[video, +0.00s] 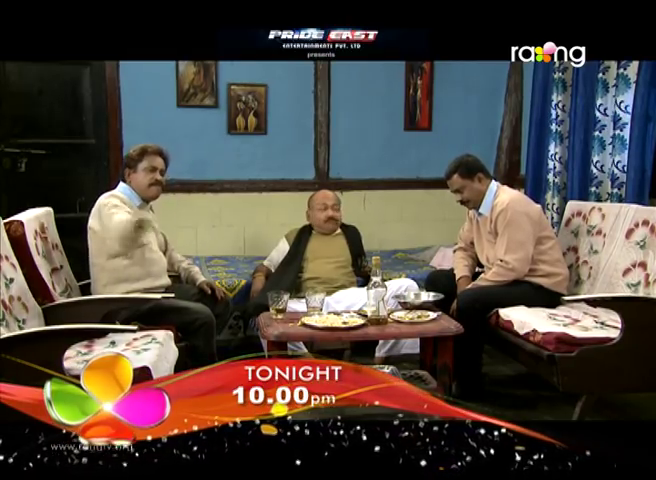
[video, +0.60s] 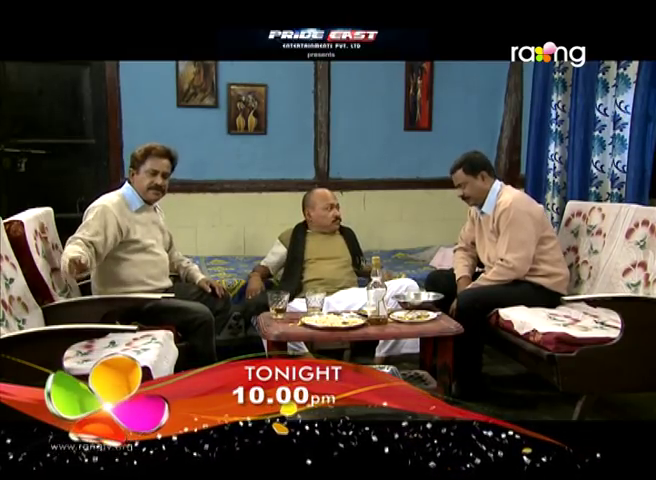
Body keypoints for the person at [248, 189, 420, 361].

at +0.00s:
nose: (331, 214)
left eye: (335, 208)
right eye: (323, 209)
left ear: (341, 211)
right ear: (309, 214)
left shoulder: (351, 233)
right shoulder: (297, 237)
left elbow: (361, 269)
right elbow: (265, 268)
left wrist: (377, 280)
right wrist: (255, 301)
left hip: (351, 297)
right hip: (311, 299)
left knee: (406, 285)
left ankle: (383, 363)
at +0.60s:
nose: (336, 213)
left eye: (337, 207)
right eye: (329, 209)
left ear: (340, 208)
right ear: (309, 214)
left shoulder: (347, 234)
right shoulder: (293, 237)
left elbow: (359, 267)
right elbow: (266, 267)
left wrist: (378, 276)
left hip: (351, 297)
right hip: (311, 299)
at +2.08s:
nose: (298, 208)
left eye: (306, 202)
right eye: (295, 201)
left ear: (325, 207)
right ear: (290, 202)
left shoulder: (346, 227)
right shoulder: (282, 234)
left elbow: (378, 255)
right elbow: (253, 275)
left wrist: (410, 270)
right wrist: (232, 272)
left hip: (343, 298)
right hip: (297, 302)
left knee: (396, 278)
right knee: (247, 297)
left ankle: (365, 359)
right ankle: (273, 366)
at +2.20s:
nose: (297, 208)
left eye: (305, 203)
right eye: (294, 202)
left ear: (324, 206)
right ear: (290, 202)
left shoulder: (345, 225)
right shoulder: (282, 235)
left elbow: (381, 252)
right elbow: (251, 277)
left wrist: (416, 269)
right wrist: (228, 280)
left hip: (345, 299)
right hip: (299, 303)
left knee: (391, 275)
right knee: (248, 299)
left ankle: (356, 357)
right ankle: (274, 368)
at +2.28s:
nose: (298, 208)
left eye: (306, 202)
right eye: (294, 202)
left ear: (325, 206)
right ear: (290, 203)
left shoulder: (345, 224)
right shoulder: (282, 236)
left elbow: (380, 251)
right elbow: (250, 278)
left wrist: (414, 266)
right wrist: (227, 285)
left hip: (346, 298)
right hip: (300, 303)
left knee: (386, 273)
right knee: (251, 300)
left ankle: (355, 352)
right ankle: (277, 366)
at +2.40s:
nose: (300, 207)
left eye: (309, 202)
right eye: (297, 201)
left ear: (327, 207)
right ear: (293, 202)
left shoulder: (346, 224)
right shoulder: (284, 235)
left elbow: (379, 251)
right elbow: (252, 277)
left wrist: (403, 258)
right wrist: (226, 287)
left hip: (348, 300)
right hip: (300, 305)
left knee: (378, 275)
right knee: (251, 298)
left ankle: (345, 358)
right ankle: (274, 365)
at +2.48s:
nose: (303, 208)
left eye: (311, 203)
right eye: (300, 201)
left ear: (330, 206)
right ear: (295, 202)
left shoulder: (347, 225)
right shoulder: (284, 234)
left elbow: (385, 249)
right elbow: (253, 275)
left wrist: (394, 255)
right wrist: (228, 287)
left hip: (344, 300)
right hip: (299, 304)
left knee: (367, 268)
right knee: (251, 296)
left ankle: (343, 352)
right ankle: (264, 363)